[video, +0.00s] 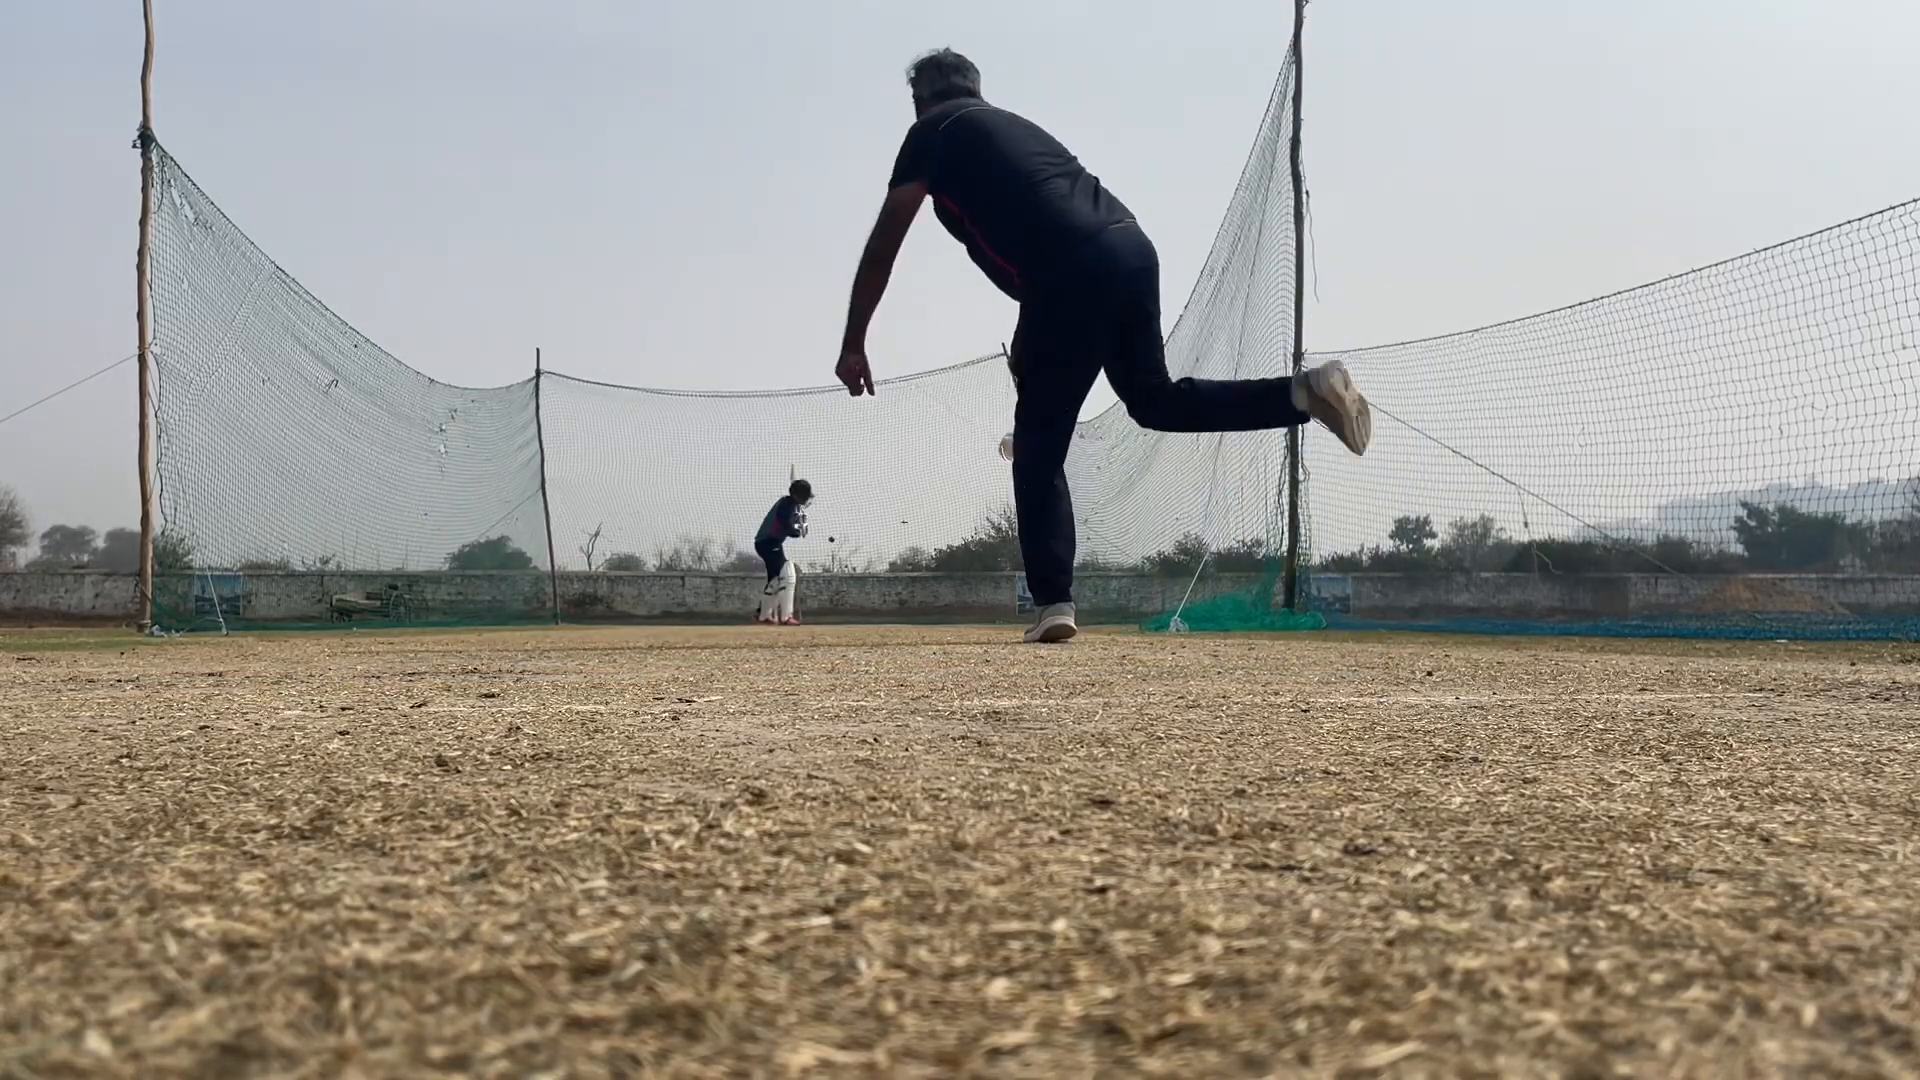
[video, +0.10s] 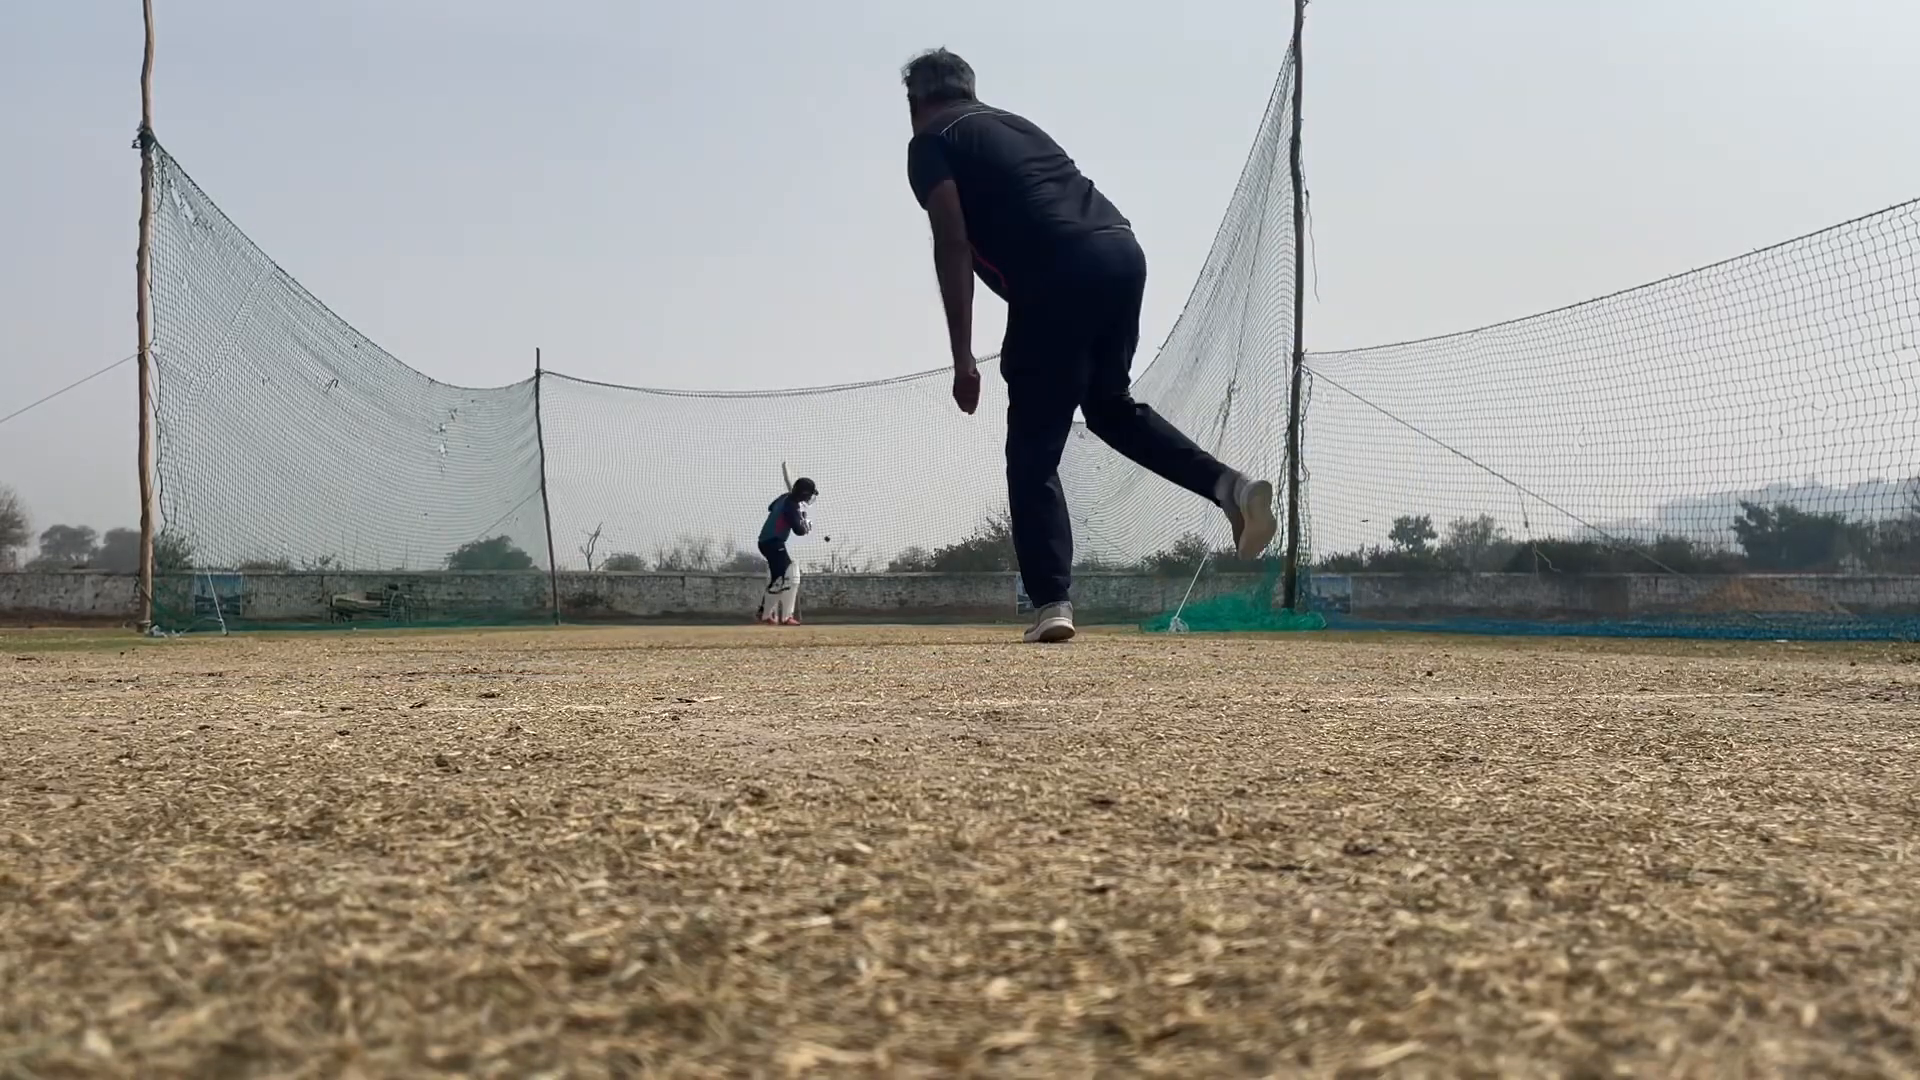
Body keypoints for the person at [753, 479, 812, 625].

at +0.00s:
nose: (806, 500)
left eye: (807, 497)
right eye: (805, 497)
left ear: (795, 494)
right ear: (797, 495)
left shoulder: (792, 504)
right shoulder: (787, 506)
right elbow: (788, 528)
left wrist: (800, 521)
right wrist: (799, 532)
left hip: (773, 542)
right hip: (767, 543)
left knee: (776, 578)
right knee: (783, 576)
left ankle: (765, 614)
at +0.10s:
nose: (810, 498)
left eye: (811, 495)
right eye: (809, 494)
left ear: (796, 490)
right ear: (804, 493)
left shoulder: (784, 498)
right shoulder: (792, 504)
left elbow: (771, 507)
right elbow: (800, 530)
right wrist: (806, 522)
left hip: (766, 542)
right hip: (774, 543)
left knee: (778, 578)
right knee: (791, 575)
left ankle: (767, 614)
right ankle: (787, 616)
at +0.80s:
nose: (812, 488)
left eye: (813, 484)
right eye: (812, 484)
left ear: (796, 482)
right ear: (807, 485)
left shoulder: (785, 496)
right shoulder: (797, 499)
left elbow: (772, 512)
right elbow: (807, 523)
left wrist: (789, 516)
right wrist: (813, 526)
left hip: (773, 541)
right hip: (783, 541)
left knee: (782, 576)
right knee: (797, 575)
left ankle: (770, 611)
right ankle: (788, 615)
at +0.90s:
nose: (809, 485)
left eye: (809, 481)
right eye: (808, 481)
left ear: (794, 481)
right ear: (802, 482)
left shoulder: (785, 495)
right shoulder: (795, 497)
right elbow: (803, 520)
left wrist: (811, 525)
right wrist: (813, 531)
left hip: (774, 540)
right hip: (783, 541)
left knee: (783, 577)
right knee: (798, 574)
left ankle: (771, 613)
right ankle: (788, 616)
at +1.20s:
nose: (798, 482)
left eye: (798, 479)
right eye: (796, 479)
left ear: (783, 478)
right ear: (792, 479)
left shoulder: (778, 494)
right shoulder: (787, 494)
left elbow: (783, 520)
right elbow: (790, 518)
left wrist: (797, 538)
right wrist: (802, 536)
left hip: (775, 537)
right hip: (783, 536)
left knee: (783, 574)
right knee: (794, 573)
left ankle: (770, 610)